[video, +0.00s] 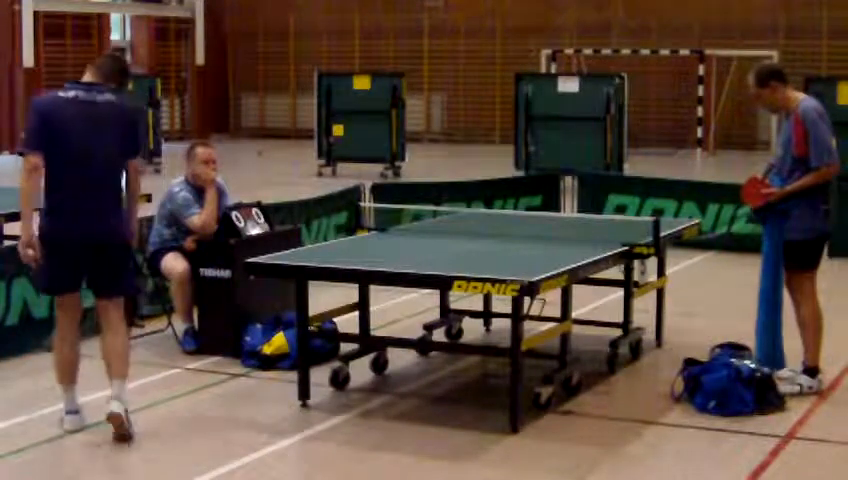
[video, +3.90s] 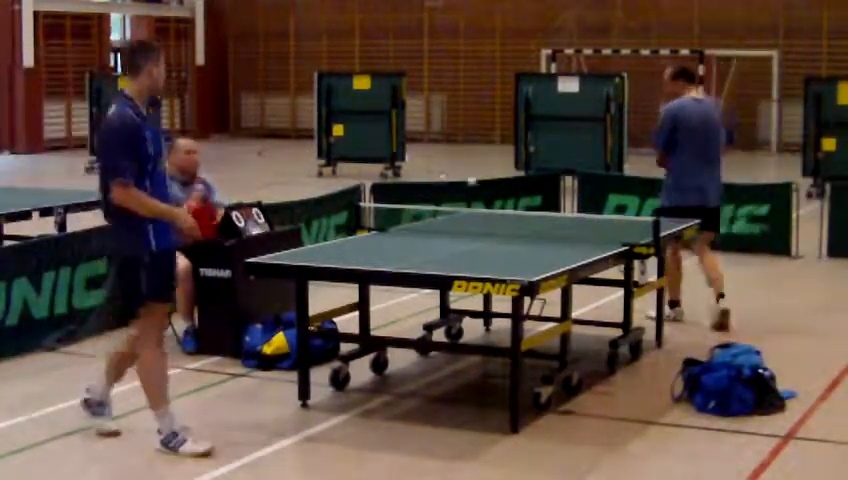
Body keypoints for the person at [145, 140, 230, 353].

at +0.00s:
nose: (212, 168)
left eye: (214, 163)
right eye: (206, 163)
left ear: (217, 164)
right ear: (190, 167)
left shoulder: (217, 187)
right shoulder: (178, 192)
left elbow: (224, 222)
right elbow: (205, 226)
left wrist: (196, 237)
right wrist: (211, 189)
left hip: (199, 240)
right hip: (166, 244)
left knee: (227, 262)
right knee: (181, 270)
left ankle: (221, 320)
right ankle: (188, 327)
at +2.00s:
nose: (211, 168)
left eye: (213, 163)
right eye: (205, 163)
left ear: (217, 165)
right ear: (190, 166)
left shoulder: (217, 187)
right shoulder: (178, 192)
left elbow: (225, 223)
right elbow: (205, 227)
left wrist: (197, 237)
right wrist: (211, 189)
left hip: (199, 241)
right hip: (166, 245)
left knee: (227, 263)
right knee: (181, 269)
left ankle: (222, 321)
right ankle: (188, 327)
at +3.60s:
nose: (204, 168)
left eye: (206, 162)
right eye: (198, 162)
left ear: (210, 164)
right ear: (184, 165)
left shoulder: (213, 188)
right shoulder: (169, 194)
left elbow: (224, 224)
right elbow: (187, 225)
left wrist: (198, 235)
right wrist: (202, 188)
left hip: (199, 241)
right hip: (165, 243)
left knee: (226, 259)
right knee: (183, 266)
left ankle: (223, 321)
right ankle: (189, 326)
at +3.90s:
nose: (194, 159)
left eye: (195, 153)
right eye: (187, 153)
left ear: (199, 158)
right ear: (171, 158)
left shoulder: (202, 184)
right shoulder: (163, 185)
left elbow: (219, 207)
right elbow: (165, 216)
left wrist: (217, 220)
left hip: (202, 240)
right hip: (173, 244)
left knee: (225, 262)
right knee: (184, 267)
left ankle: (222, 319)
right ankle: (188, 325)